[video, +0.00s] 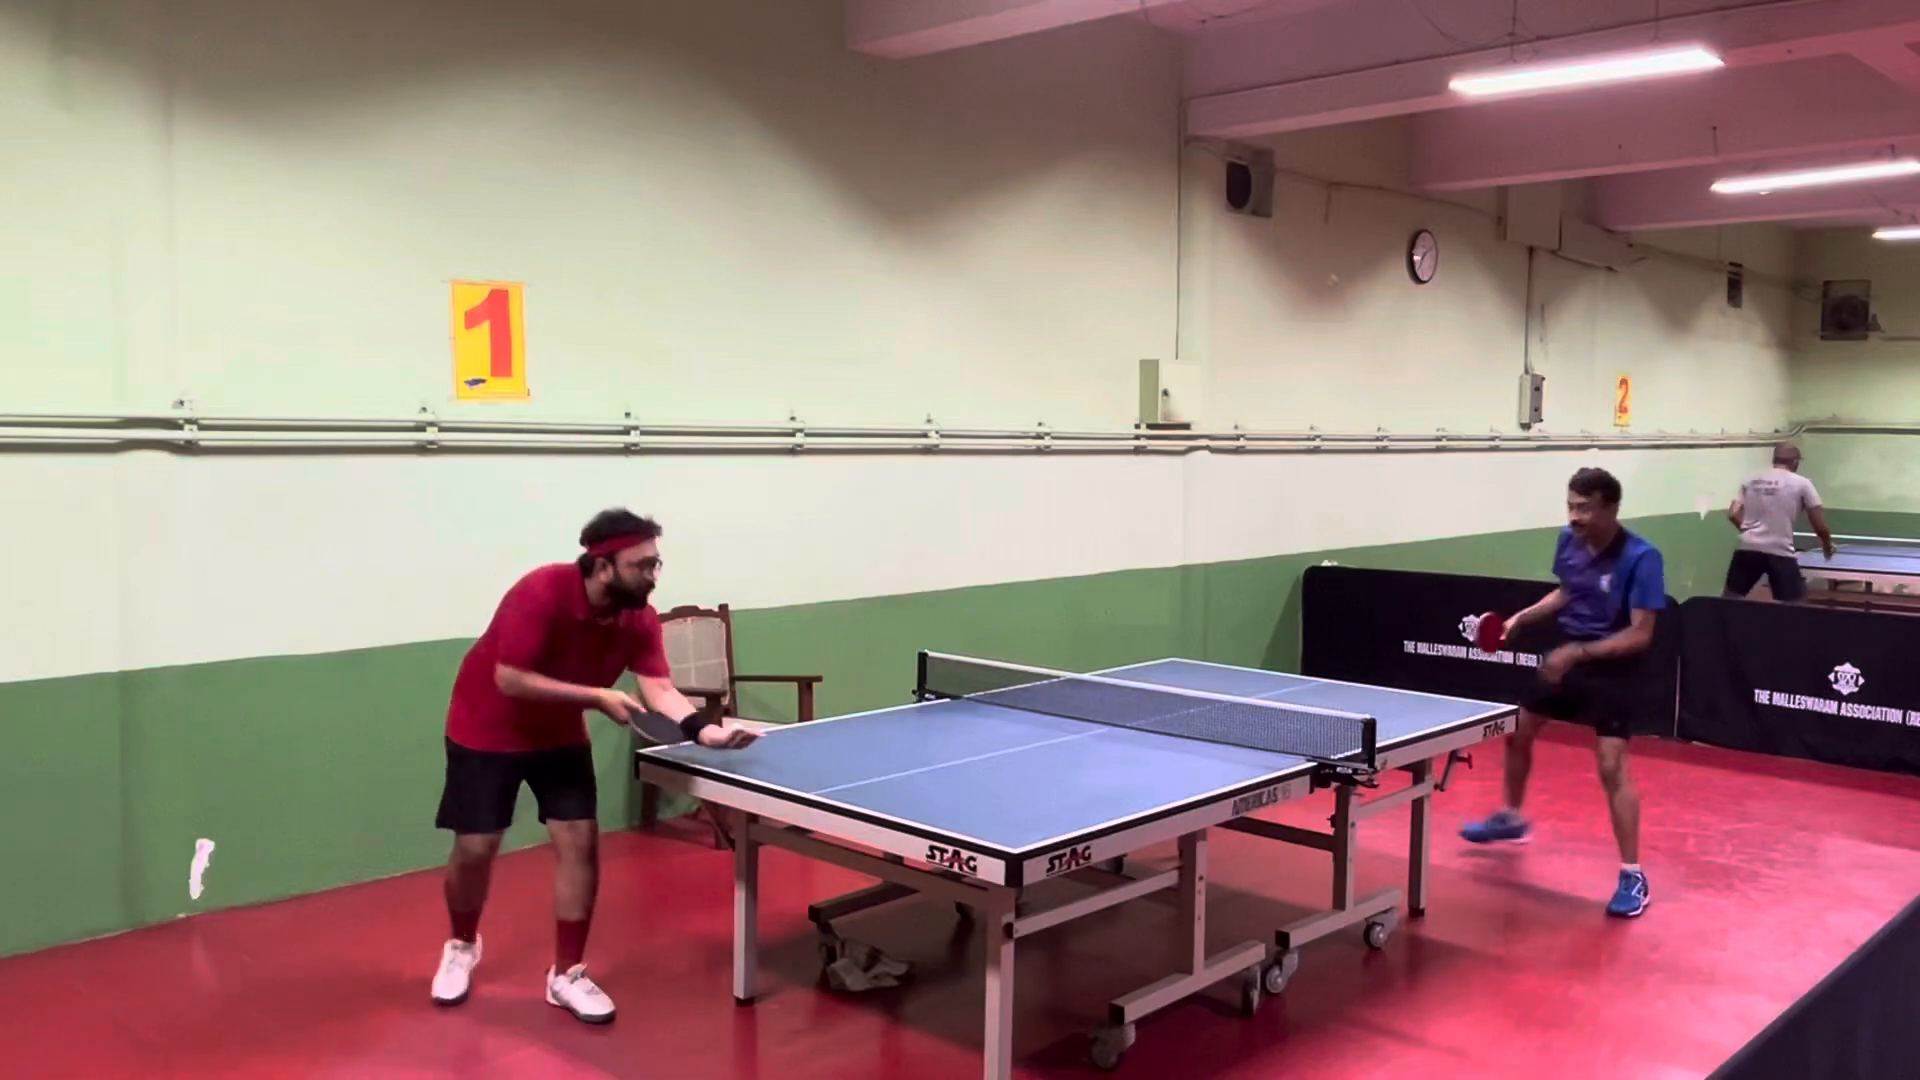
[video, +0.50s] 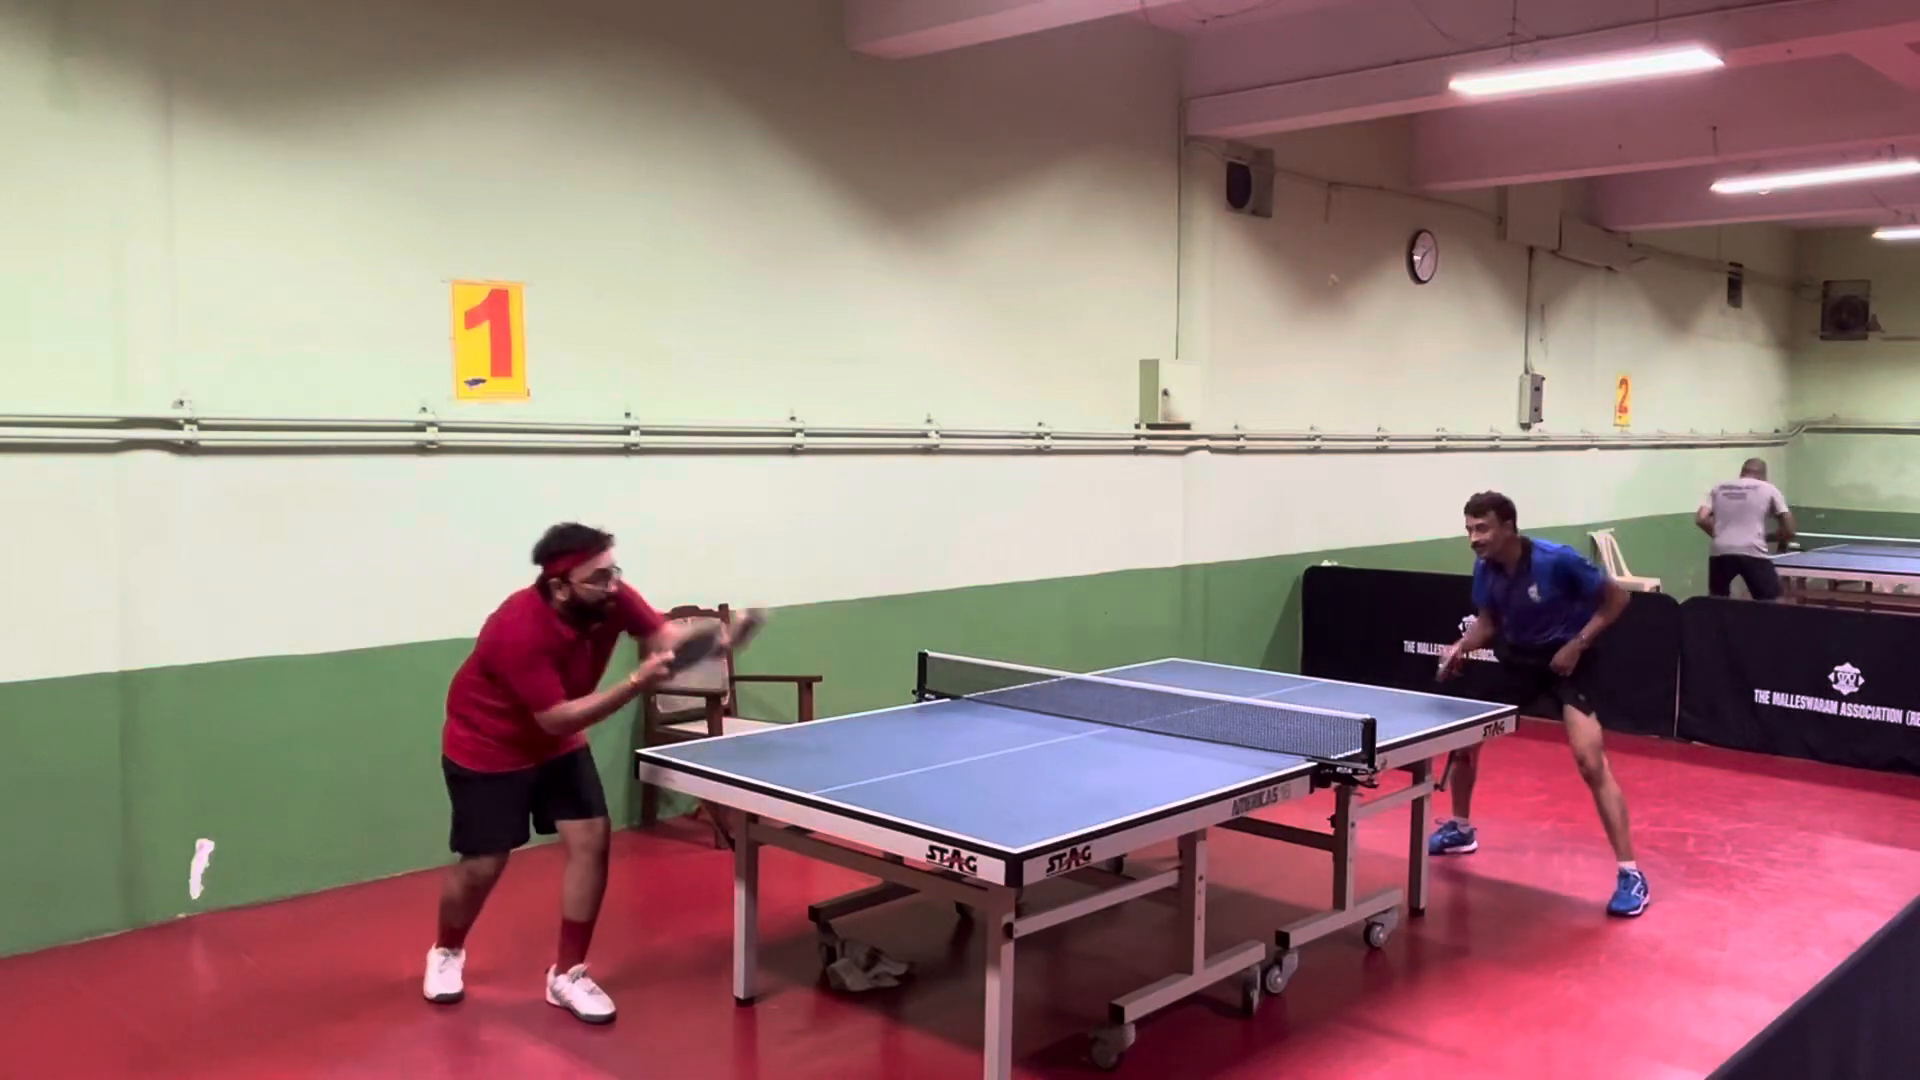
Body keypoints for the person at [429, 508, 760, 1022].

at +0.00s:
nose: (656, 574)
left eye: (657, 563)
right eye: (645, 564)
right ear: (605, 565)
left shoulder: (639, 619)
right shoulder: (540, 593)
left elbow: (661, 692)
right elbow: (509, 678)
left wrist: (705, 727)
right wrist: (596, 697)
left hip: (560, 726)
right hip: (489, 724)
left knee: (579, 840)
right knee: (475, 848)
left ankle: (567, 974)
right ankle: (461, 945)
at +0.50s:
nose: (613, 586)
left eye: (613, 573)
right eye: (600, 578)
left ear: (613, 567)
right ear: (559, 585)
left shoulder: (614, 598)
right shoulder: (517, 629)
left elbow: (664, 639)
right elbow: (555, 719)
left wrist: (716, 631)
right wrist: (638, 680)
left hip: (558, 738)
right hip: (487, 747)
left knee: (591, 838)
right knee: (483, 863)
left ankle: (568, 974)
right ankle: (447, 952)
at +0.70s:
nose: (551, 560)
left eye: (547, 550)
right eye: (534, 559)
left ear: (549, 547)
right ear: (503, 580)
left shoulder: (569, 572)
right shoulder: (485, 637)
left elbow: (639, 577)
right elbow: (516, 720)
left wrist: (697, 564)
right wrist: (590, 694)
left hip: (556, 734)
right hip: (486, 749)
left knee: (589, 834)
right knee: (483, 865)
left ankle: (569, 972)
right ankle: (446, 954)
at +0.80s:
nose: (521, 546)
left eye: (517, 534)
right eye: (503, 545)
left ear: (523, 533)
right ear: (478, 569)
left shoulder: (560, 570)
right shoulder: (459, 623)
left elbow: (640, 583)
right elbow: (449, 706)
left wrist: (713, 591)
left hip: (557, 740)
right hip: (480, 758)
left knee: (588, 832)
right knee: (477, 861)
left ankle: (570, 972)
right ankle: (446, 953)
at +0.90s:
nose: (505, 538)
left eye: (502, 527)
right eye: (486, 540)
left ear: (511, 526)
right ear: (461, 567)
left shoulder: (557, 572)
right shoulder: (437, 611)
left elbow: (639, 600)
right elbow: (397, 667)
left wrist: (716, 627)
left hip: (552, 729)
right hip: (474, 741)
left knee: (592, 823)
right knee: (470, 856)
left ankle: (576, 964)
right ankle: (447, 955)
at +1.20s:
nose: (581, 568)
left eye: (581, 557)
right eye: (570, 558)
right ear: (531, 563)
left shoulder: (582, 606)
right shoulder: (466, 599)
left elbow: (618, 643)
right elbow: (386, 623)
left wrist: (654, 677)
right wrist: (431, 689)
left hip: (551, 749)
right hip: (473, 756)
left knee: (584, 846)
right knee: (465, 868)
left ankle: (546, 959)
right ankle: (450, 955)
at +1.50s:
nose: (612, 523)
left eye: (608, 513)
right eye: (601, 515)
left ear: (574, 527)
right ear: (568, 527)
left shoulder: (583, 579)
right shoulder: (506, 573)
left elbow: (556, 651)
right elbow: (420, 619)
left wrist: (562, 706)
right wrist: (404, 709)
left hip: (544, 736)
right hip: (478, 739)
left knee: (577, 841)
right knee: (487, 854)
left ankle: (545, 963)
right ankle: (424, 951)